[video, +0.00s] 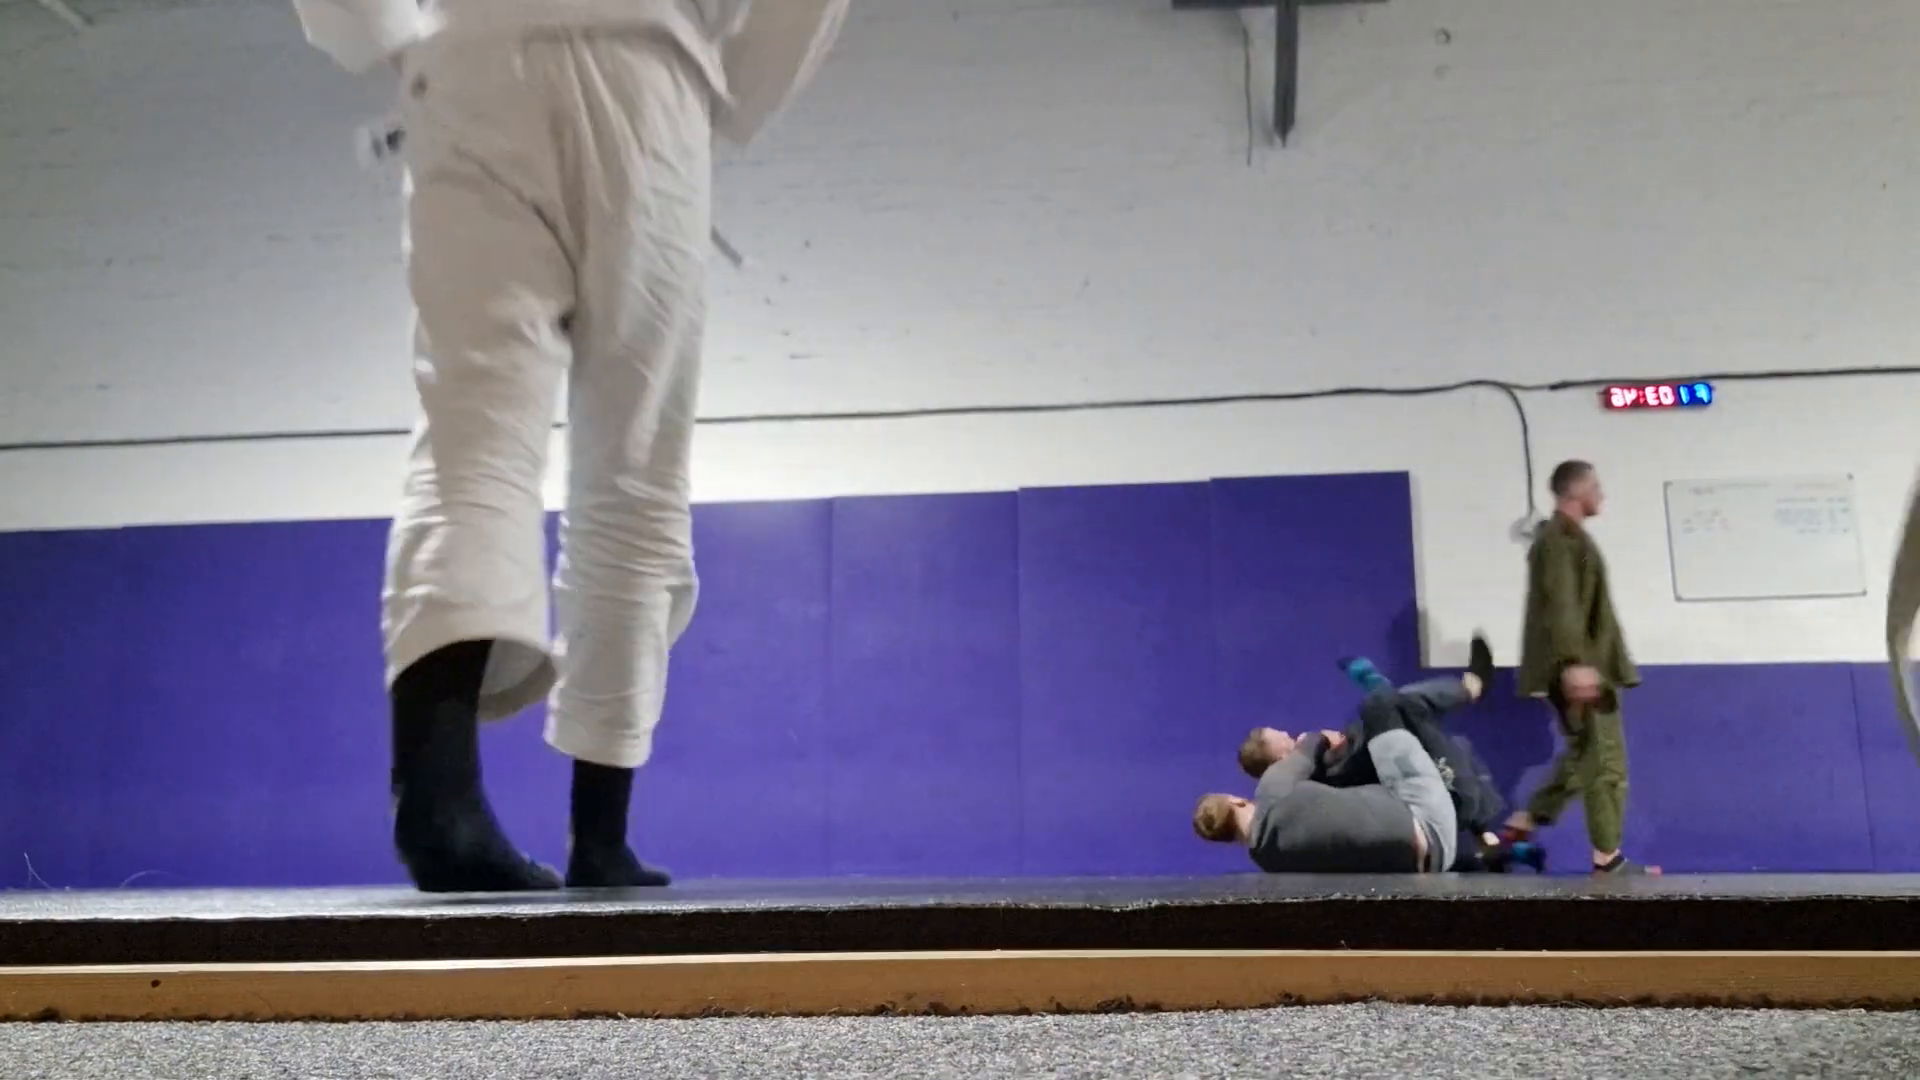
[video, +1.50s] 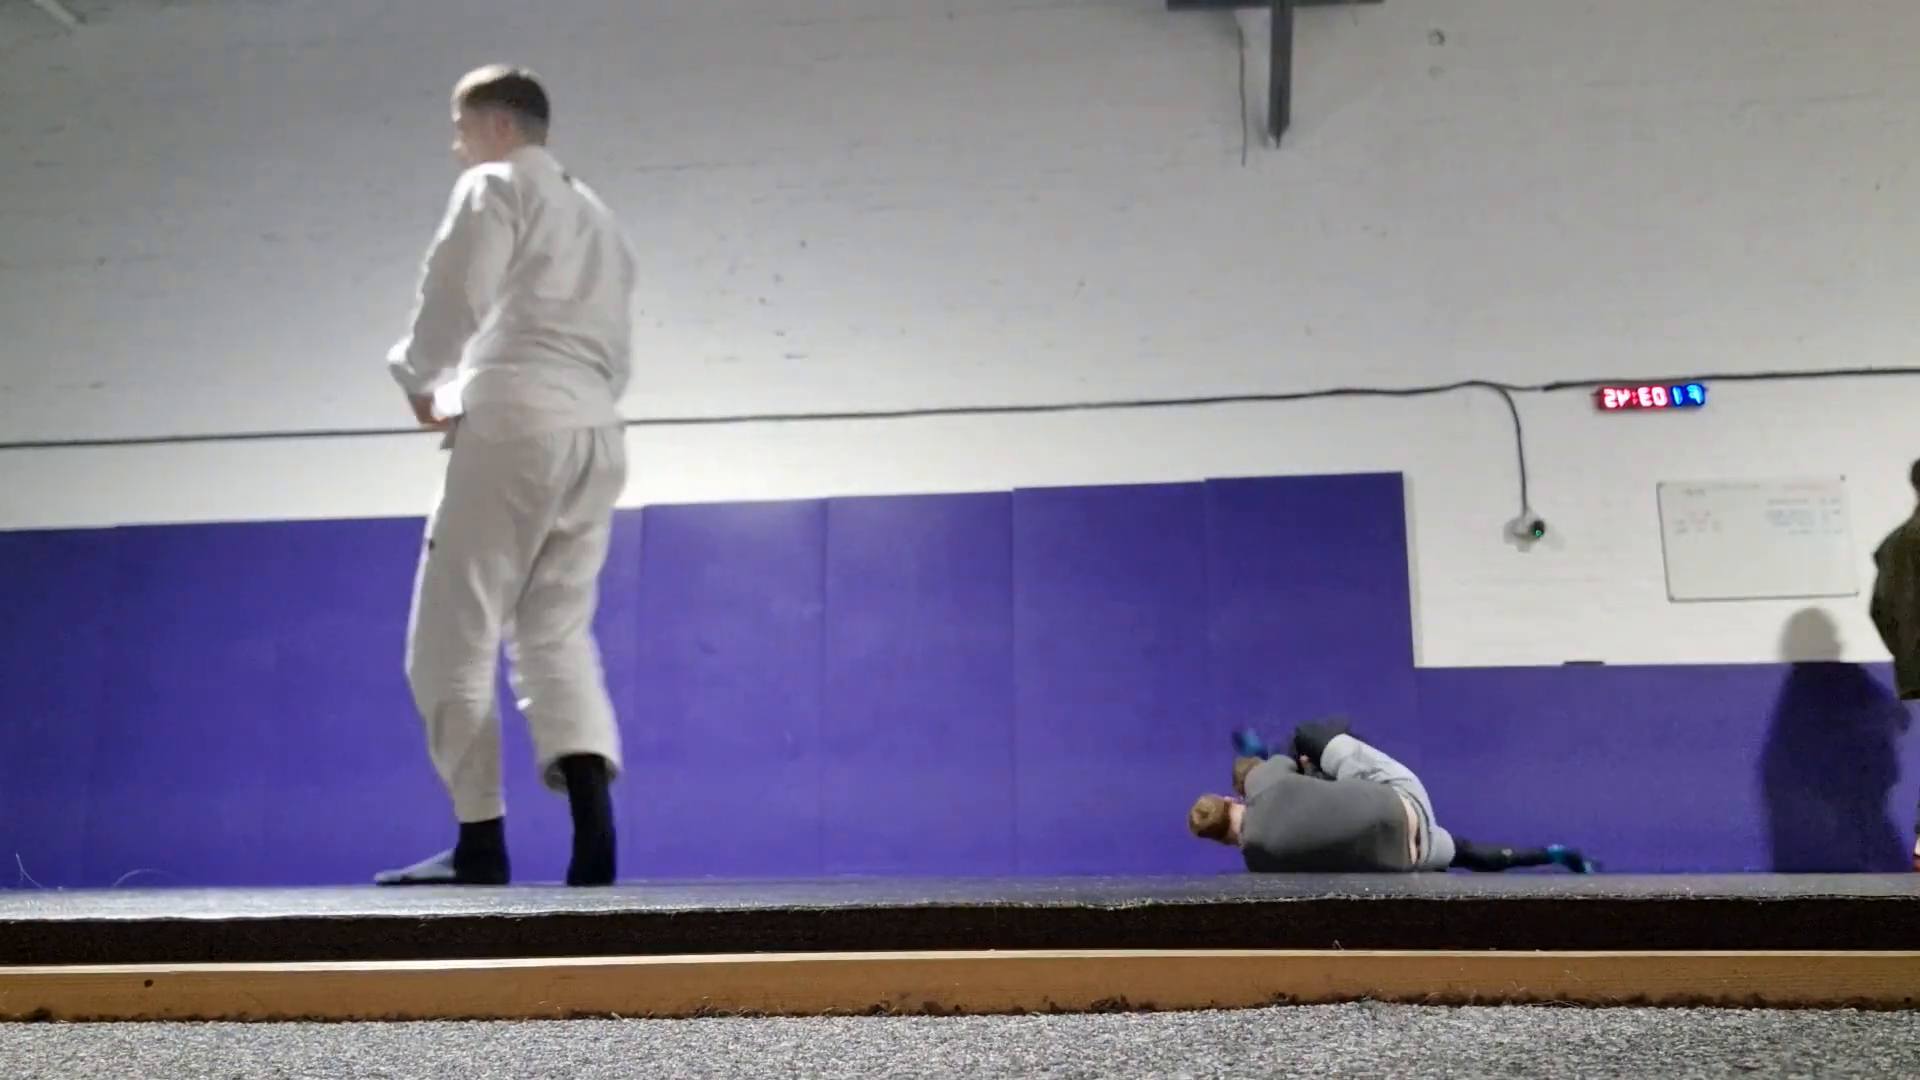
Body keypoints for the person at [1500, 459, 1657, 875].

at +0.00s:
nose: (1600, 494)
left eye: (1597, 486)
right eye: (1593, 486)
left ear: (1571, 492)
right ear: (1574, 492)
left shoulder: (1571, 537)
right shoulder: (1558, 540)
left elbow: (1574, 607)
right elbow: (1563, 606)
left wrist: (1605, 663)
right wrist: (1574, 662)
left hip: (1577, 669)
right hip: (1582, 670)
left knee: (1588, 754)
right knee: (1605, 760)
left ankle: (1525, 823)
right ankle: (1607, 858)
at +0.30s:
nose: (1670, 491)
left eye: (1668, 484)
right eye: (1663, 484)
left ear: (1639, 492)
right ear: (1641, 490)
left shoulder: (1636, 536)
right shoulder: (1633, 537)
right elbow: (1667, 596)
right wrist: (1726, 627)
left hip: (1654, 670)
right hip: (1642, 671)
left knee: (1685, 760)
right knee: (1631, 762)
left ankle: (1733, 848)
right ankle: (1605, 856)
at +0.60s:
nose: (1741, 487)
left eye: (1738, 479)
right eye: (1733, 480)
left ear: (1710, 490)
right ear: (1712, 487)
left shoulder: (1700, 535)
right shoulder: (1712, 535)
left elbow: (1714, 604)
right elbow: (1730, 599)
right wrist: (1759, 649)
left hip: (1711, 666)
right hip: (1728, 664)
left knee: (1745, 752)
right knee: (1768, 740)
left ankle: (1750, 854)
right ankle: (1701, 814)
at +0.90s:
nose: (1818, 486)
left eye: (1815, 478)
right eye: (1809, 479)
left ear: (1787, 487)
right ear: (1788, 486)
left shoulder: (1784, 533)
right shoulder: (1785, 534)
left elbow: (1783, 603)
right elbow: (1781, 600)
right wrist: (1782, 658)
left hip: (1786, 672)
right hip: (1817, 668)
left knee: (1778, 762)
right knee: (1865, 759)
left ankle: (1753, 850)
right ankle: (1910, 843)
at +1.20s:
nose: (1897, 481)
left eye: (1894, 473)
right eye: (1893, 473)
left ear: (1856, 479)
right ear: (1876, 477)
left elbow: (1840, 608)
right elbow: (1897, 594)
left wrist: (1857, 651)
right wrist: (1919, 638)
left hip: (1858, 665)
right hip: (1894, 662)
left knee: (1886, 741)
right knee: (1909, 752)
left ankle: (1852, 816)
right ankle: (1917, 848)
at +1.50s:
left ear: (1914, 484)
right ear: (1914, 484)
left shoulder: (1897, 543)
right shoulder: (1897, 544)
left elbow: (1881, 609)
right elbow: (1881, 609)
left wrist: (1905, 655)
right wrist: (1905, 656)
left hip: (1910, 679)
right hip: (1912, 678)